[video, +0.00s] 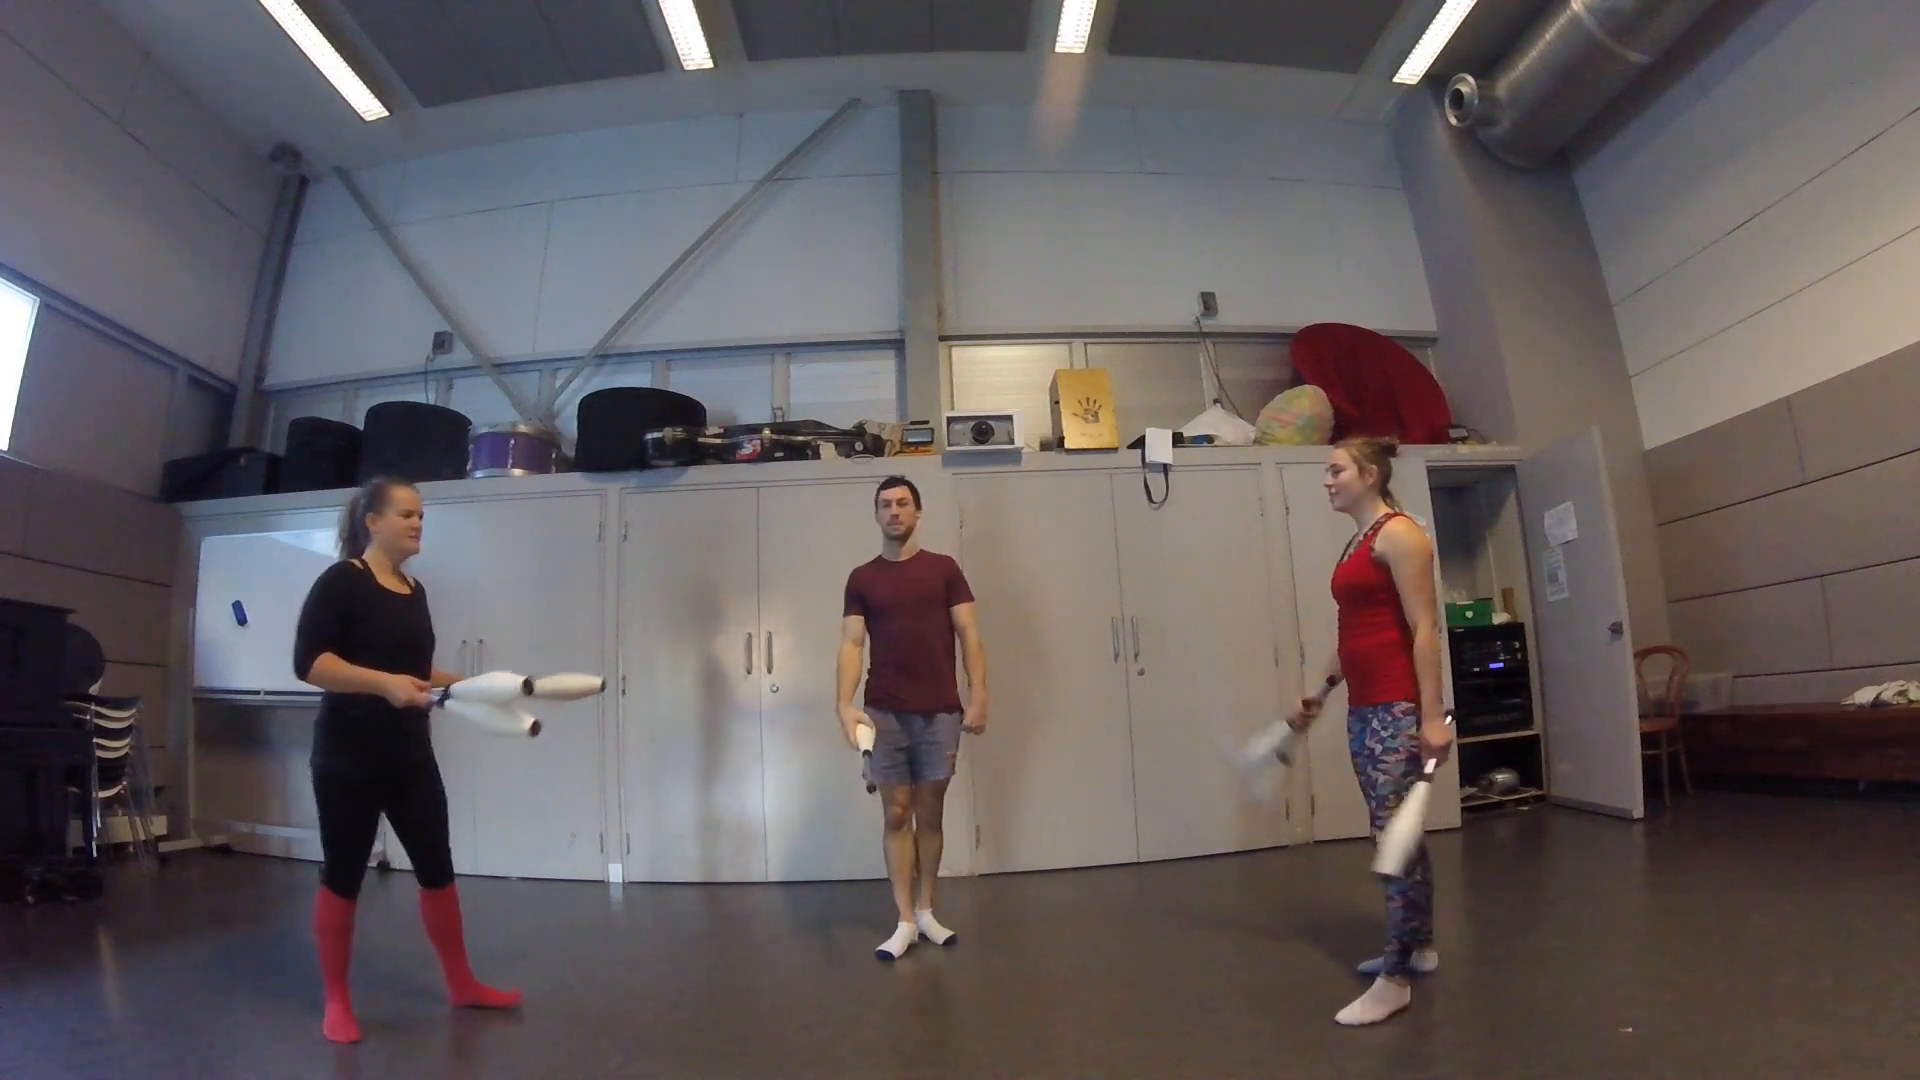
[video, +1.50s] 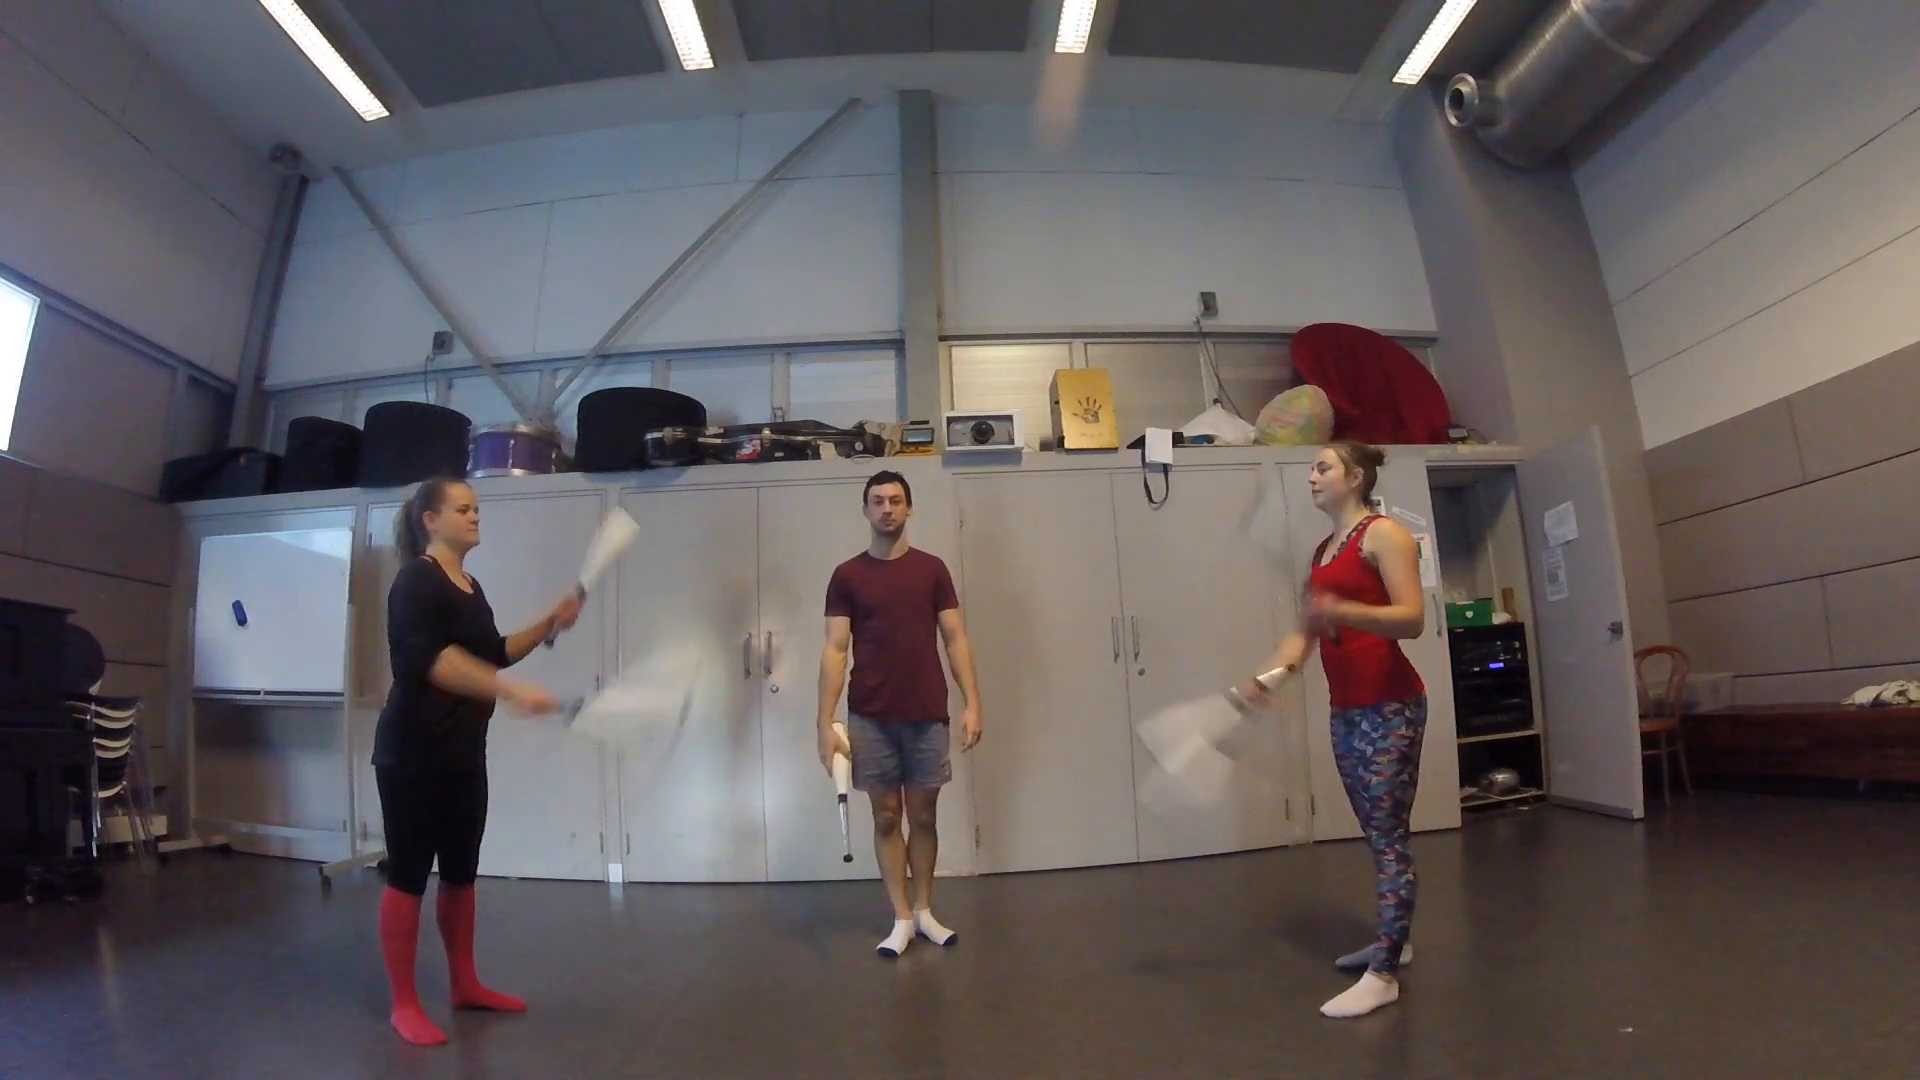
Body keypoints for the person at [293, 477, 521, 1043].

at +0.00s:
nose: (419, 525)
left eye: (421, 517)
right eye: (408, 516)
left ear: (415, 527)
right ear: (371, 522)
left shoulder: (412, 591)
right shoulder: (338, 583)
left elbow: (412, 670)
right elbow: (310, 663)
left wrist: (473, 687)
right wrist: (385, 683)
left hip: (409, 752)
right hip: (348, 753)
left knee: (436, 869)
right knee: (342, 875)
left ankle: (462, 986)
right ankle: (337, 1002)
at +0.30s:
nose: (445, 525)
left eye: (445, 517)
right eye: (434, 516)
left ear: (438, 528)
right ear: (398, 524)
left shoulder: (443, 592)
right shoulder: (374, 582)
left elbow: (478, 657)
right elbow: (385, 644)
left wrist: (524, 622)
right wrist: (450, 600)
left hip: (449, 748)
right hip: (393, 753)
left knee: (456, 870)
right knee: (407, 880)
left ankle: (465, 985)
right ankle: (358, 987)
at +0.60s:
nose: (455, 525)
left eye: (456, 515)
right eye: (443, 515)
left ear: (453, 528)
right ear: (408, 523)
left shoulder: (452, 590)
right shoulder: (385, 580)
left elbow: (501, 641)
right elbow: (417, 615)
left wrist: (528, 583)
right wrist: (460, 544)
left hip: (459, 751)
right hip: (404, 755)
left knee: (461, 873)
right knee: (412, 878)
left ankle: (465, 986)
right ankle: (406, 1005)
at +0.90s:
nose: (460, 519)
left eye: (461, 511)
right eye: (449, 510)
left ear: (454, 523)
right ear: (413, 519)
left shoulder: (460, 588)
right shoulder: (389, 582)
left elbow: (503, 646)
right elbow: (418, 643)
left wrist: (531, 596)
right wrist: (490, 610)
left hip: (457, 750)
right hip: (402, 753)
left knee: (458, 871)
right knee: (403, 875)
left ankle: (465, 986)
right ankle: (404, 1004)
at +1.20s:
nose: (474, 517)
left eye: (474, 508)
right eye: (462, 509)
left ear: (466, 523)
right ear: (428, 521)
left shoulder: (470, 587)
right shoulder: (409, 585)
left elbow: (510, 644)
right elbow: (386, 671)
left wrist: (540, 587)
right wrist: (426, 744)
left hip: (458, 744)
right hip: (406, 747)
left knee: (460, 867)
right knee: (405, 872)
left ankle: (465, 986)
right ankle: (404, 1005)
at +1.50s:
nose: (476, 519)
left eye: (476, 510)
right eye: (465, 510)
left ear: (467, 521)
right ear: (429, 520)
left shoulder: (468, 585)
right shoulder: (415, 583)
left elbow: (492, 656)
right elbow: (434, 661)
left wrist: (549, 625)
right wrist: (513, 691)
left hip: (462, 750)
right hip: (412, 753)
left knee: (459, 869)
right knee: (408, 873)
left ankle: (466, 987)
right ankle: (404, 1006)